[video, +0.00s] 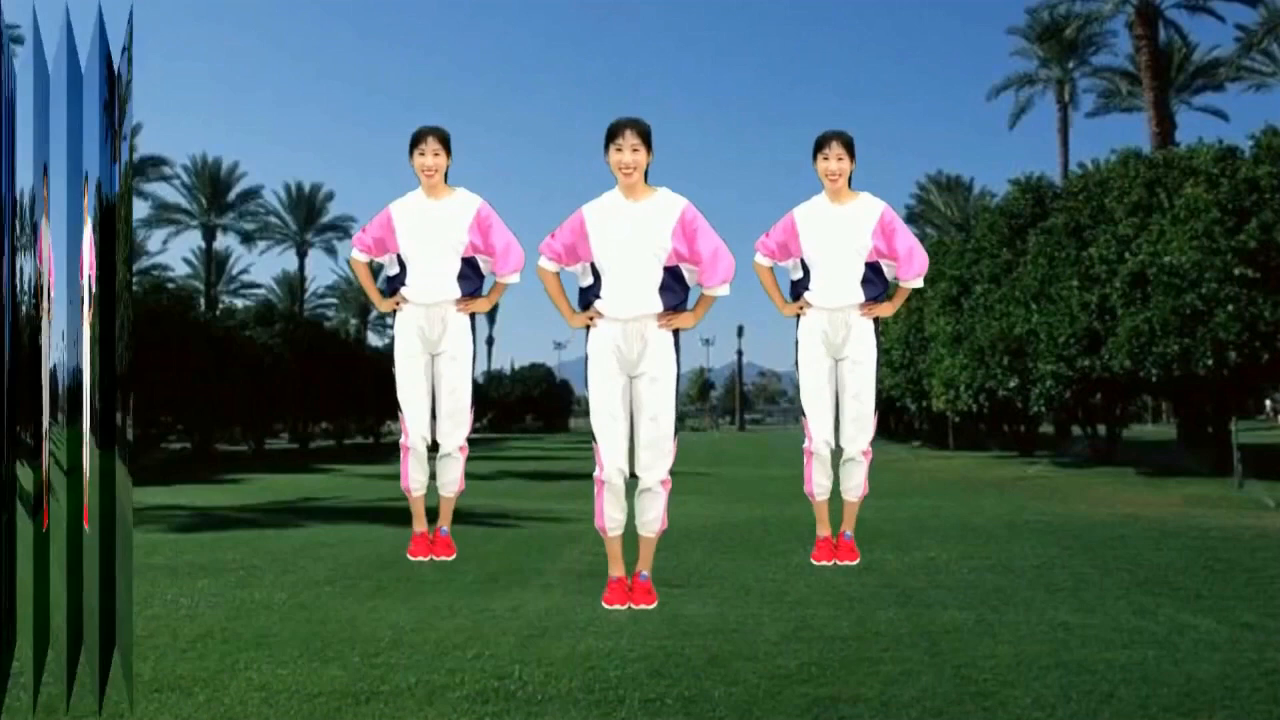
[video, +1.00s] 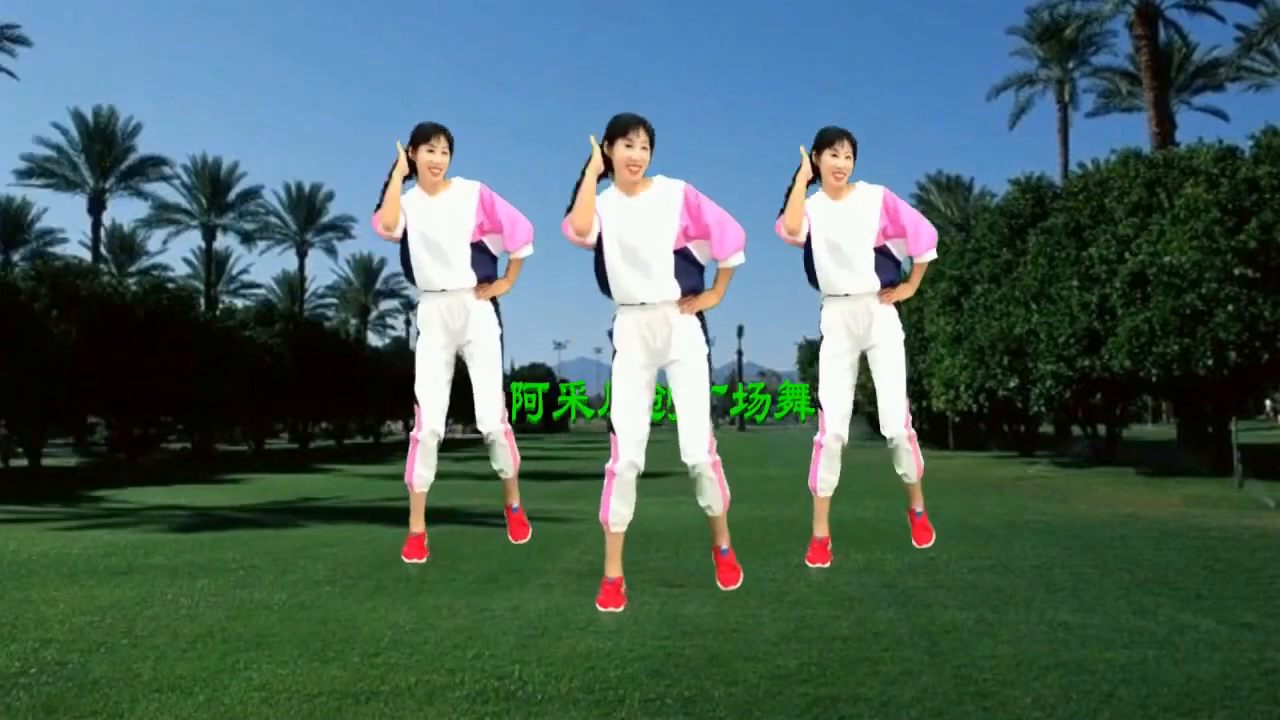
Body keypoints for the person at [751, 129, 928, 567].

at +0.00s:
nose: (833, 165)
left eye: (840, 158)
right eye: (825, 158)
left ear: (852, 164)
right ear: (815, 165)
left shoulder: (874, 210)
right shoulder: (803, 215)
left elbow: (915, 259)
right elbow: (762, 257)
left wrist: (892, 304)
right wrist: (783, 305)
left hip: (859, 325)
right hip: (814, 325)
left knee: (856, 431)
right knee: (819, 431)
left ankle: (847, 533)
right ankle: (823, 533)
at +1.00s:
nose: (840, 163)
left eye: (847, 156)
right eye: (833, 156)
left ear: (855, 162)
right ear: (817, 161)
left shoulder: (876, 198)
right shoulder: (807, 205)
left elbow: (925, 237)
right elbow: (792, 230)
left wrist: (910, 285)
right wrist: (802, 177)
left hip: (880, 312)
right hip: (835, 317)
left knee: (895, 426)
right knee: (831, 429)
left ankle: (917, 508)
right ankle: (820, 534)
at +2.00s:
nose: (860, 165)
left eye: (867, 158)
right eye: (852, 157)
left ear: (877, 165)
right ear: (838, 164)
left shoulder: (899, 202)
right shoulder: (829, 206)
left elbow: (936, 246)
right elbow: (876, 214)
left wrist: (924, 288)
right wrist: (906, 167)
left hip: (901, 309)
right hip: (858, 313)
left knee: (910, 427)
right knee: (854, 432)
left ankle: (920, 521)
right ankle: (835, 533)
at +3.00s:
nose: (878, 182)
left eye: (885, 175)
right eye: (870, 175)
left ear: (895, 183)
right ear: (858, 182)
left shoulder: (905, 230)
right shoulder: (837, 225)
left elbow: (940, 272)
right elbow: (801, 280)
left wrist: (922, 300)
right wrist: (822, 334)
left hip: (904, 335)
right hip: (859, 338)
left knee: (906, 440)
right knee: (875, 447)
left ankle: (890, 536)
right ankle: (854, 536)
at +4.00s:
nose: (869, 176)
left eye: (877, 170)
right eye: (863, 169)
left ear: (891, 178)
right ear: (855, 177)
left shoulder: (909, 223)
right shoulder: (835, 222)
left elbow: (959, 248)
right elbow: (798, 275)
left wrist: (928, 284)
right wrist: (821, 322)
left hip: (901, 331)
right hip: (857, 335)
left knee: (901, 440)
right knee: (866, 443)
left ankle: (889, 536)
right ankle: (852, 537)